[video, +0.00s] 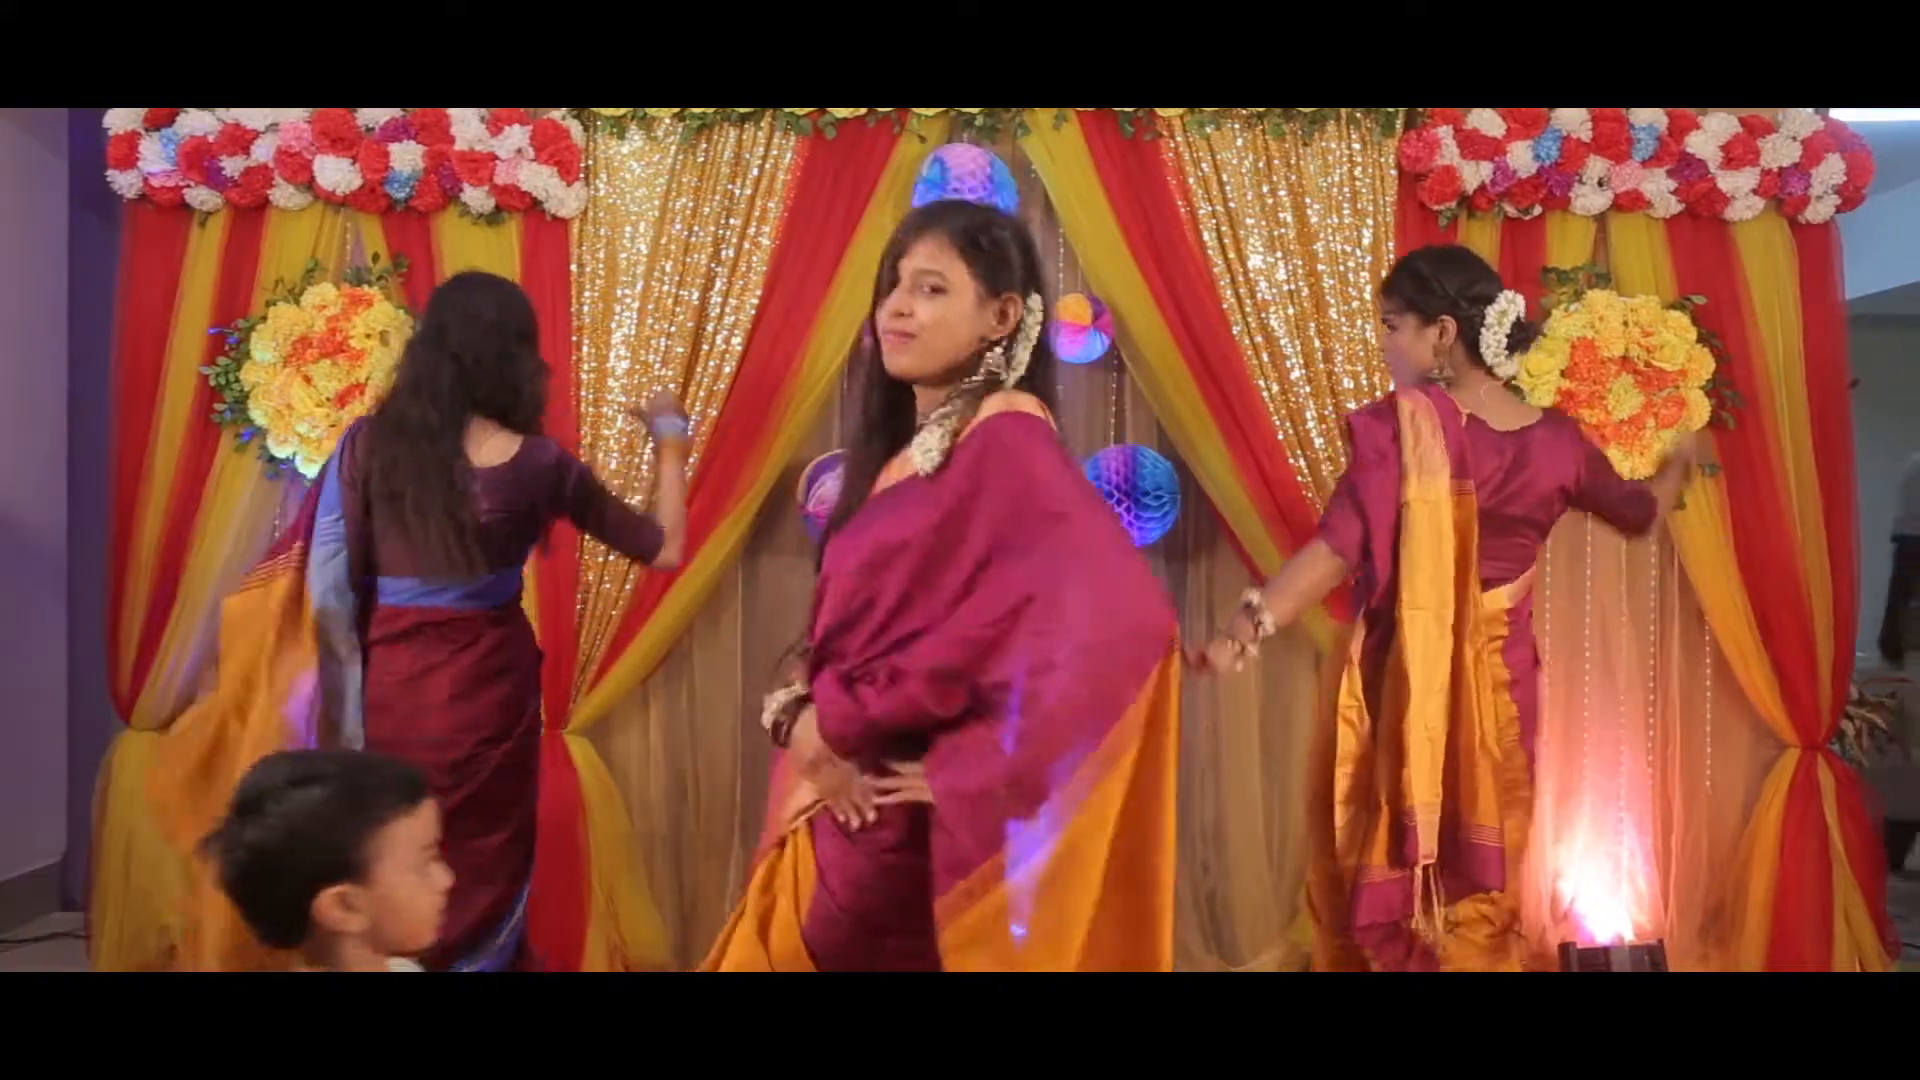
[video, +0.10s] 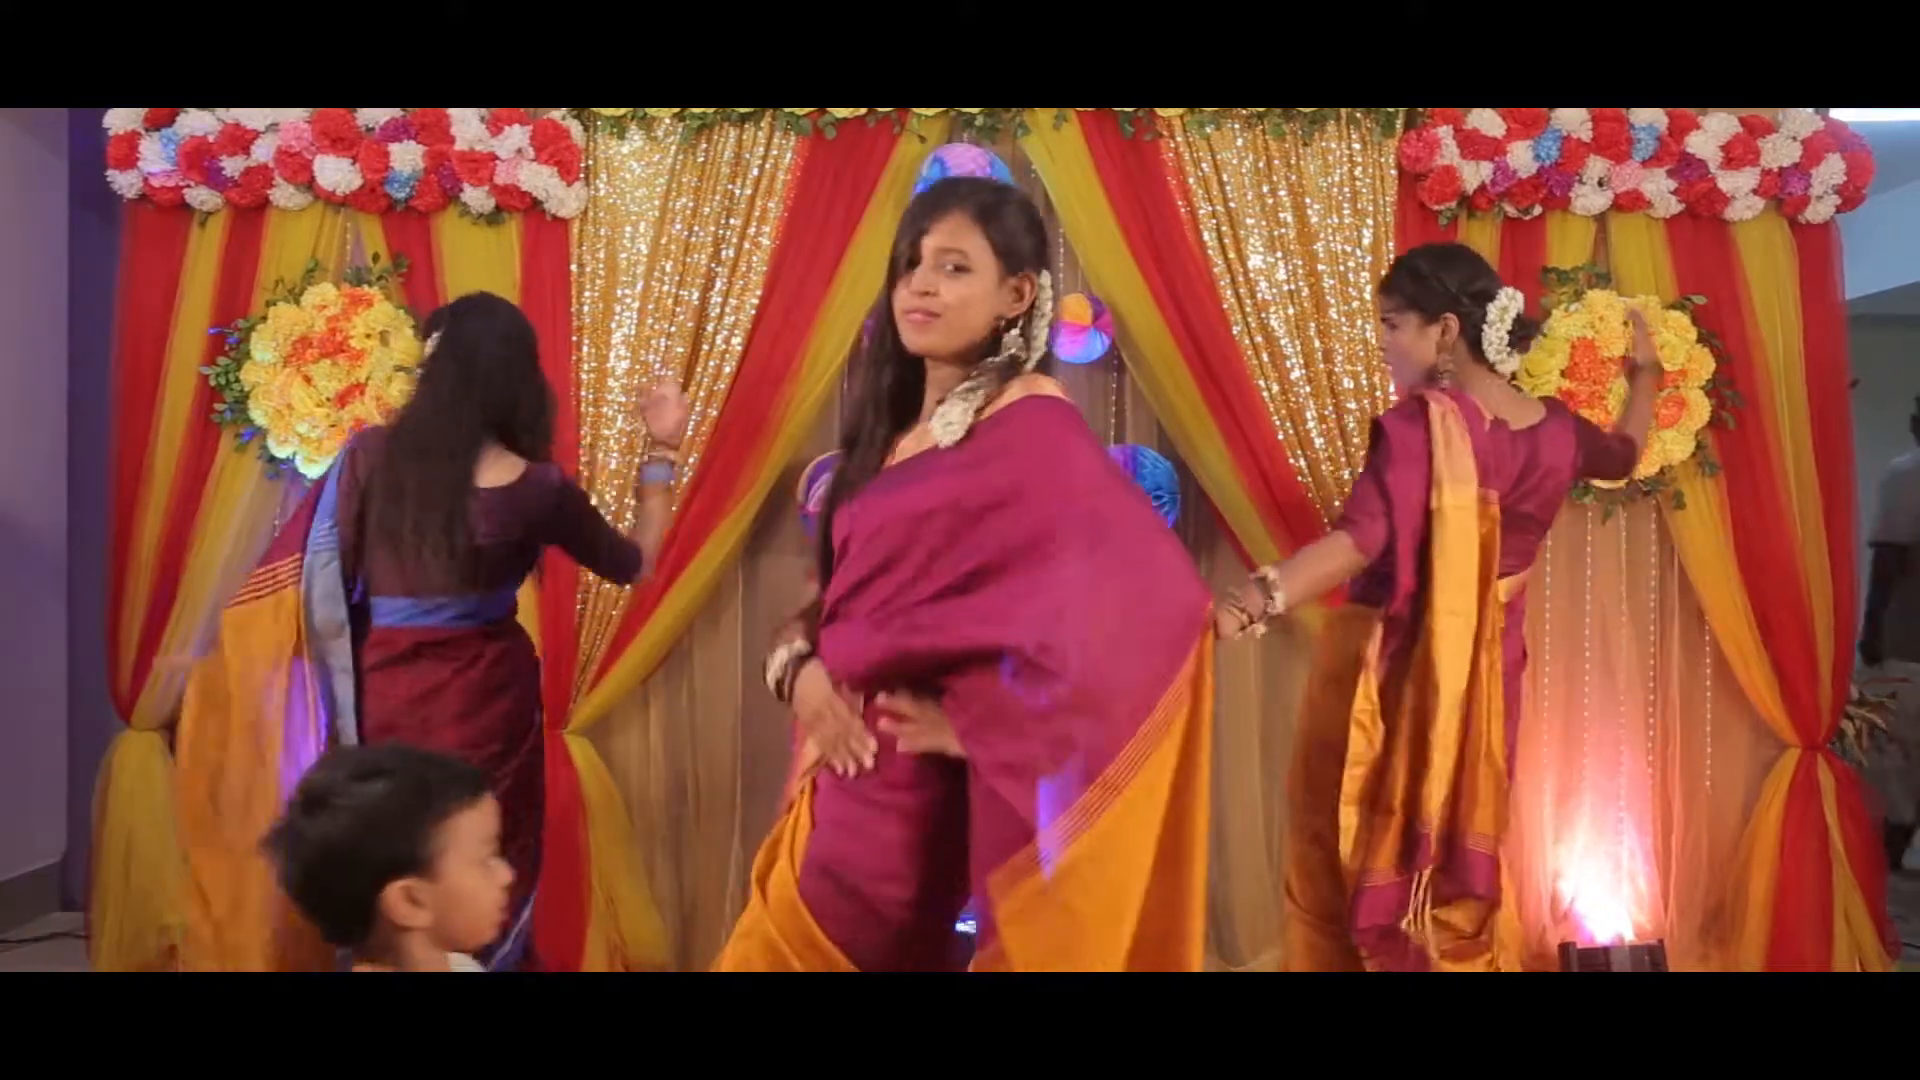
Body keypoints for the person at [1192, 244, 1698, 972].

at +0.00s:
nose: (1382, 346)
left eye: (1391, 327)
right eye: (1383, 327)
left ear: (1444, 332)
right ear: (1460, 331)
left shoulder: (1393, 427)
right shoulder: (1553, 438)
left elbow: (1338, 545)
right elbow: (1642, 512)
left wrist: (1253, 620)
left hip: (1397, 678)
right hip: (1502, 677)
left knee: (1387, 874)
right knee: (1491, 879)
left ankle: (1395, 960)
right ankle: (1484, 959)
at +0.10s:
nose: (1382, 344)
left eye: (1391, 325)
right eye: (1382, 326)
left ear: (1446, 330)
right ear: (1457, 330)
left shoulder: (1415, 425)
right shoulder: (1550, 426)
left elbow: (1361, 538)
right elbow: (1625, 451)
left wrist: (1263, 594)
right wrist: (1644, 371)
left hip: (1391, 664)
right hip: (1493, 665)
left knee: (1353, 843)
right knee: (1473, 845)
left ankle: (1367, 958)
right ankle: (1468, 961)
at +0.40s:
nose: (1385, 360)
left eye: (1399, 342)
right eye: (1386, 341)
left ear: (1456, 347)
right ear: (1463, 351)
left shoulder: (1431, 433)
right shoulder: (1521, 437)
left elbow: (1412, 556)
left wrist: (1309, 602)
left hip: (1391, 677)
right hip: (1476, 679)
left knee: (1349, 877)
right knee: (1460, 869)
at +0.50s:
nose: (1384, 354)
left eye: (1400, 336)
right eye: (1382, 335)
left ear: (1458, 340)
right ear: (1458, 345)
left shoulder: (1436, 427)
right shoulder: (1515, 432)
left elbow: (1427, 547)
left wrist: (1334, 585)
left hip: (1395, 667)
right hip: (1466, 670)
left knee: (1349, 864)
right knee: (1448, 856)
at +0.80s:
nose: (1372, 348)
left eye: (1391, 329)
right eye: (1368, 330)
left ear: (1446, 338)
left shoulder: (1450, 423)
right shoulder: (1429, 421)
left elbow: (1461, 519)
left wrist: (1437, 584)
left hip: (1384, 650)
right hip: (1367, 646)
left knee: (1346, 848)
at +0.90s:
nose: (1374, 348)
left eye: (1394, 328)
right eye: (1366, 328)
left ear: (1446, 338)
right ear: (1360, 332)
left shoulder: (1459, 427)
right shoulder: (1406, 427)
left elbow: (1483, 524)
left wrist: (1466, 576)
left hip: (1391, 653)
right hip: (1339, 650)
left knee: (1363, 865)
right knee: (1302, 862)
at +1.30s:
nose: (1375, 358)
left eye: (1397, 340)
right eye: (1369, 339)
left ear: (1448, 348)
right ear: (1363, 340)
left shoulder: (1483, 435)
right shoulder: (1392, 444)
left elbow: (1522, 544)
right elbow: (1312, 434)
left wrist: (1539, 584)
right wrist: (1283, 343)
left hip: (1432, 678)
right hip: (1367, 680)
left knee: (1335, 854)